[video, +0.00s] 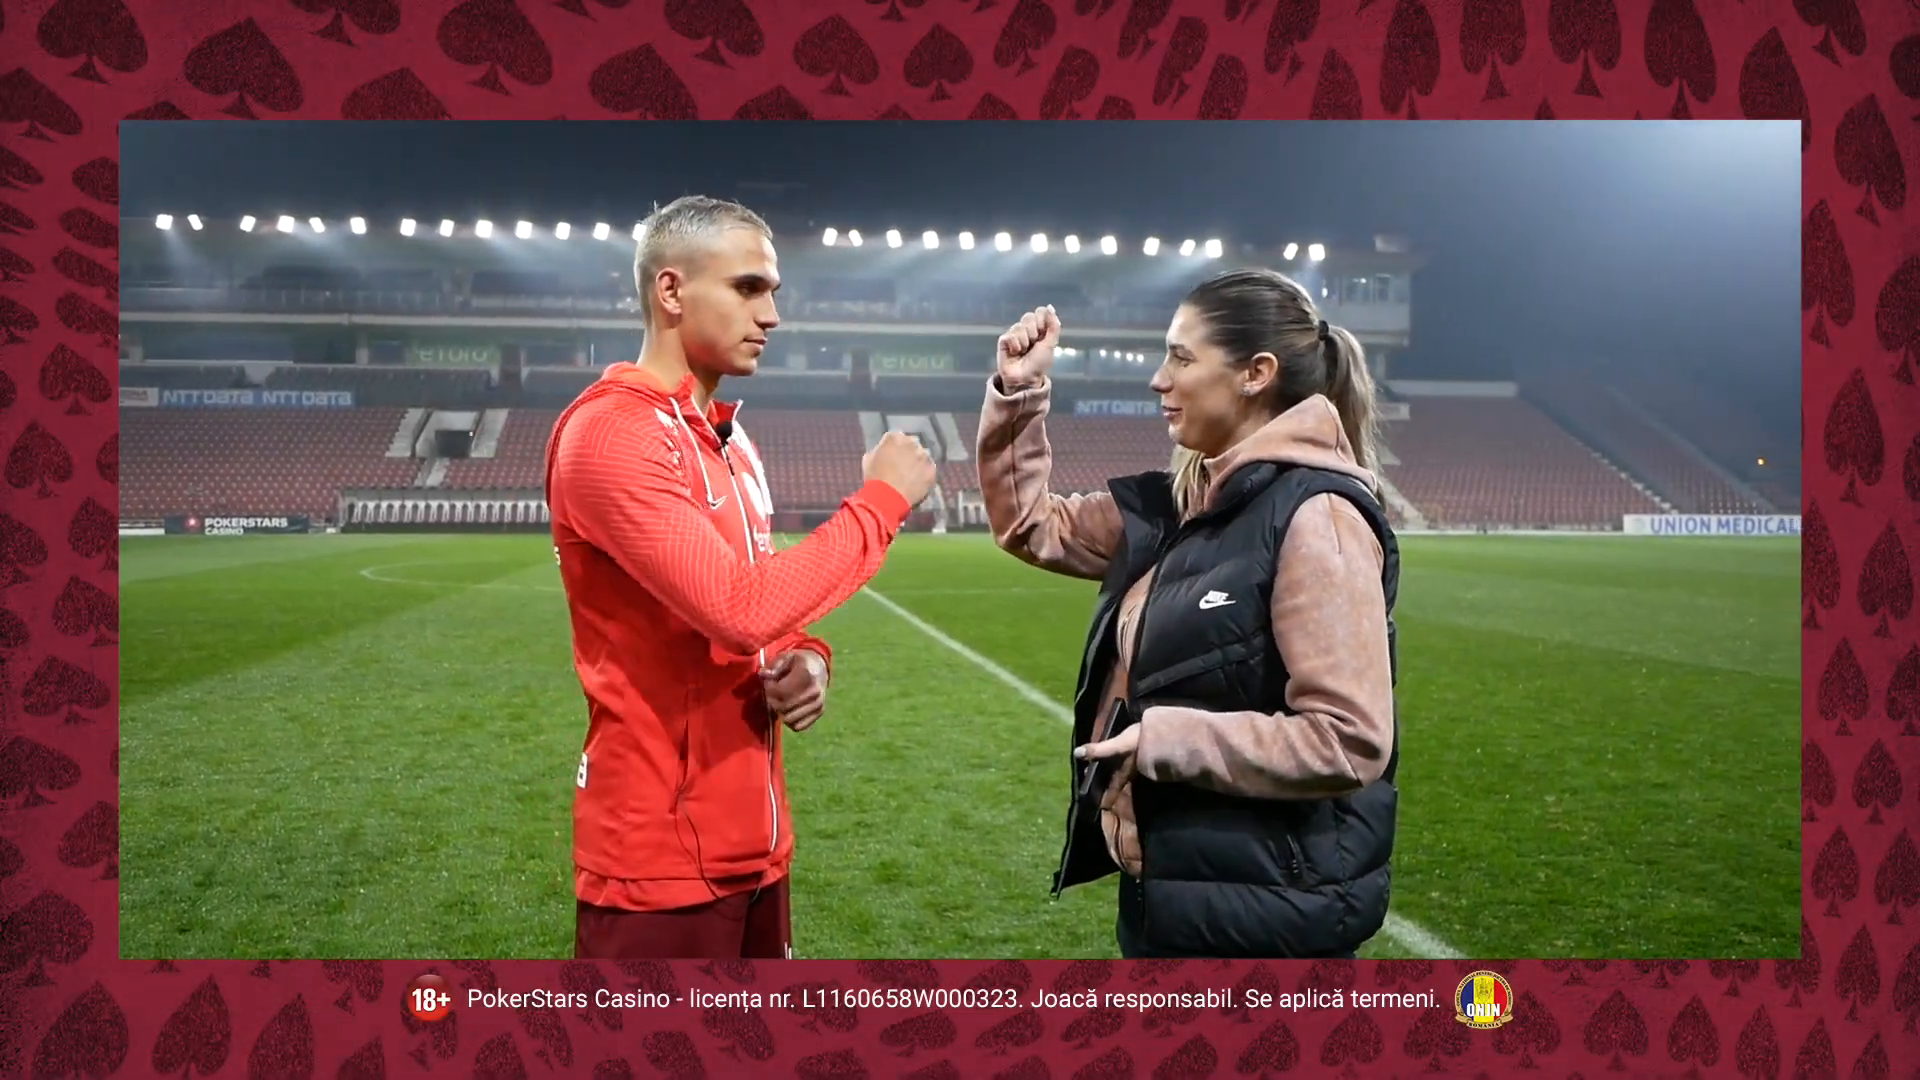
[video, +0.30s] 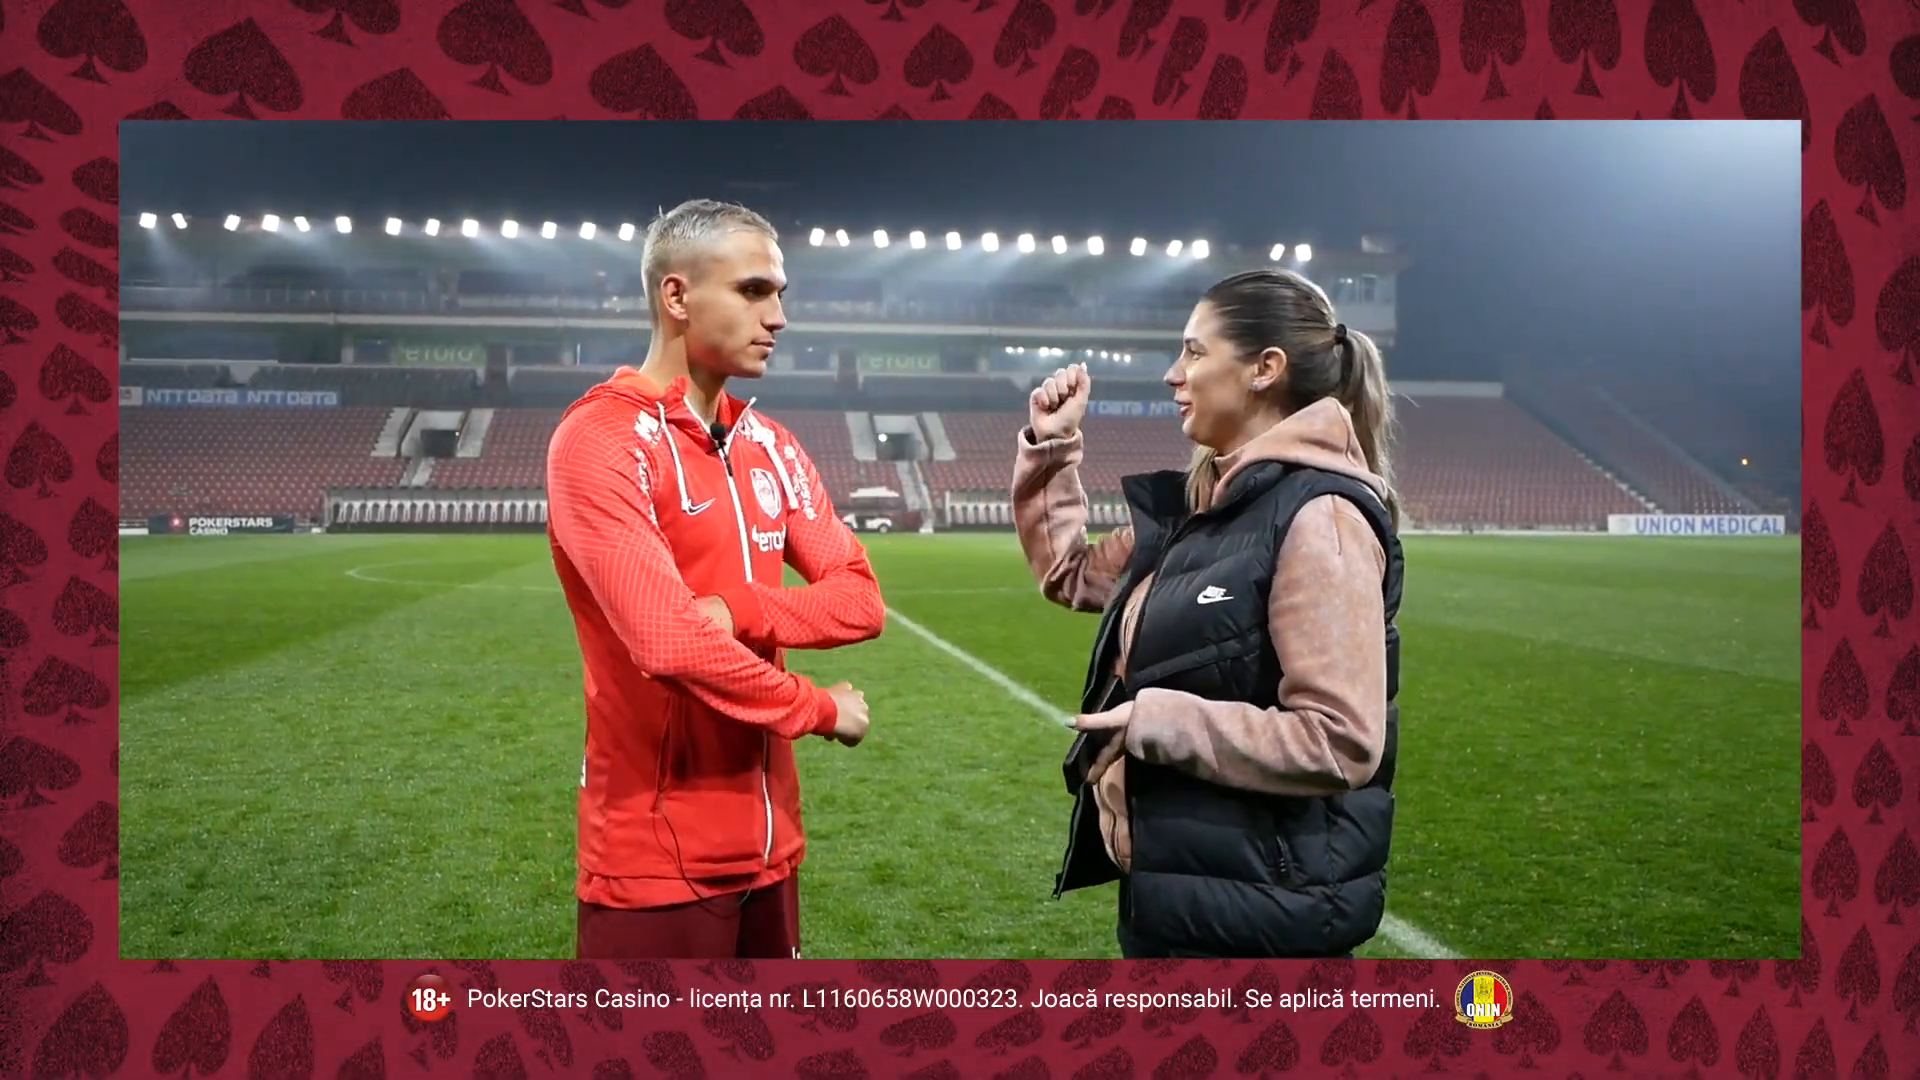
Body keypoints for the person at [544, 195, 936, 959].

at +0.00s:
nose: (771, 314)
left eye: (772, 293)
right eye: (750, 287)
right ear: (671, 291)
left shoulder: (731, 442)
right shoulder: (608, 435)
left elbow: (761, 607)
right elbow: (745, 610)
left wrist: (810, 660)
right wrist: (882, 503)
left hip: (752, 847)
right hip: (659, 860)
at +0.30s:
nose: (778, 316)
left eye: (778, 294)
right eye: (754, 291)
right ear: (676, 296)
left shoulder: (770, 444)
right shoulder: (596, 442)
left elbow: (861, 601)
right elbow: (667, 644)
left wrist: (736, 613)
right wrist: (818, 707)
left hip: (766, 839)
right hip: (654, 849)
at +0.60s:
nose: (777, 317)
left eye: (777, 294)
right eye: (753, 291)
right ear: (674, 297)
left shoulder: (782, 442)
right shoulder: (594, 444)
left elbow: (883, 593)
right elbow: (685, 647)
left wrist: (729, 583)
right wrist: (801, 608)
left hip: (765, 842)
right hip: (650, 854)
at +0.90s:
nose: (769, 311)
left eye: (768, 287)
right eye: (744, 285)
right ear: (666, 291)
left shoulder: (768, 444)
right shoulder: (592, 445)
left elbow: (858, 615)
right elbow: (683, 662)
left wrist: (718, 603)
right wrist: (791, 628)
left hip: (758, 843)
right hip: (648, 852)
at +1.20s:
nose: (782, 309)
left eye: (778, 286)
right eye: (757, 284)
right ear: (680, 292)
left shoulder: (771, 448)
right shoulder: (607, 447)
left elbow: (864, 616)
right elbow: (698, 669)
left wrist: (732, 610)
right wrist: (799, 645)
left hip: (763, 845)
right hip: (662, 857)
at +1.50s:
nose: (796, 321)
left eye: (794, 298)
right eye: (772, 296)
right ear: (695, 303)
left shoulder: (784, 454)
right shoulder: (624, 456)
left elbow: (876, 622)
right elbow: (723, 676)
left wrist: (751, 615)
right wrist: (822, 644)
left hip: (781, 852)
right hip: (682, 865)